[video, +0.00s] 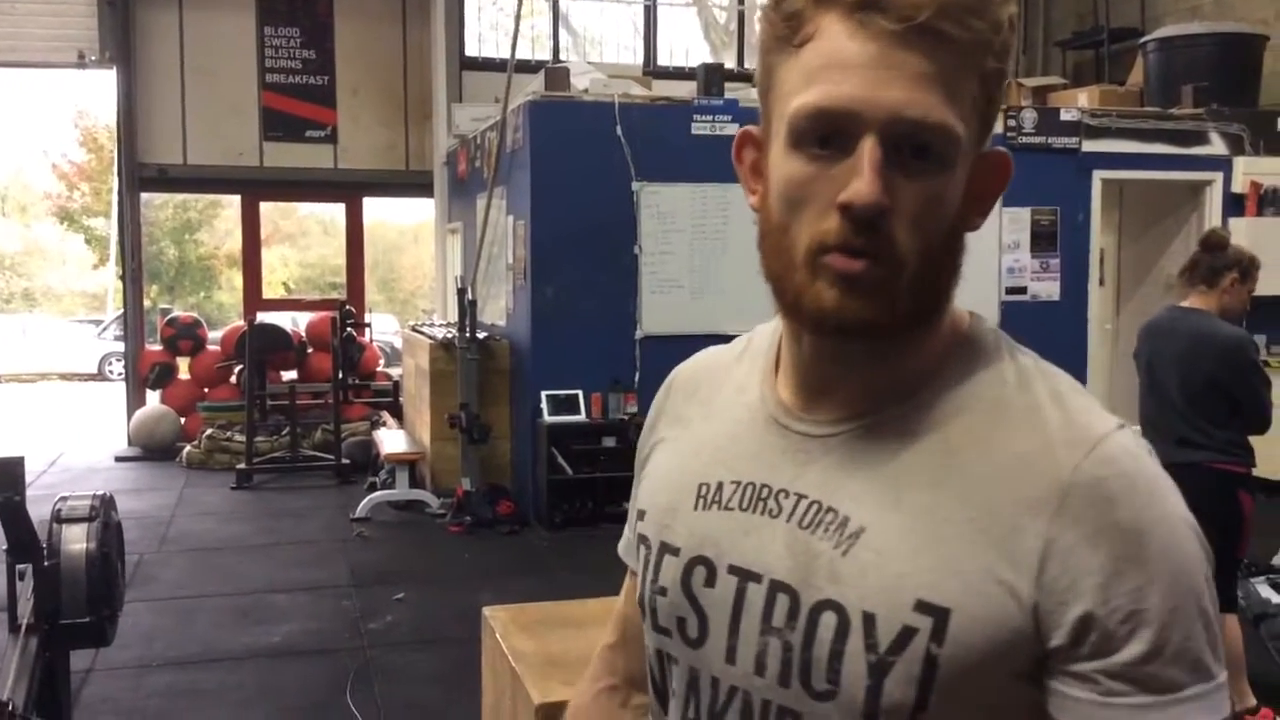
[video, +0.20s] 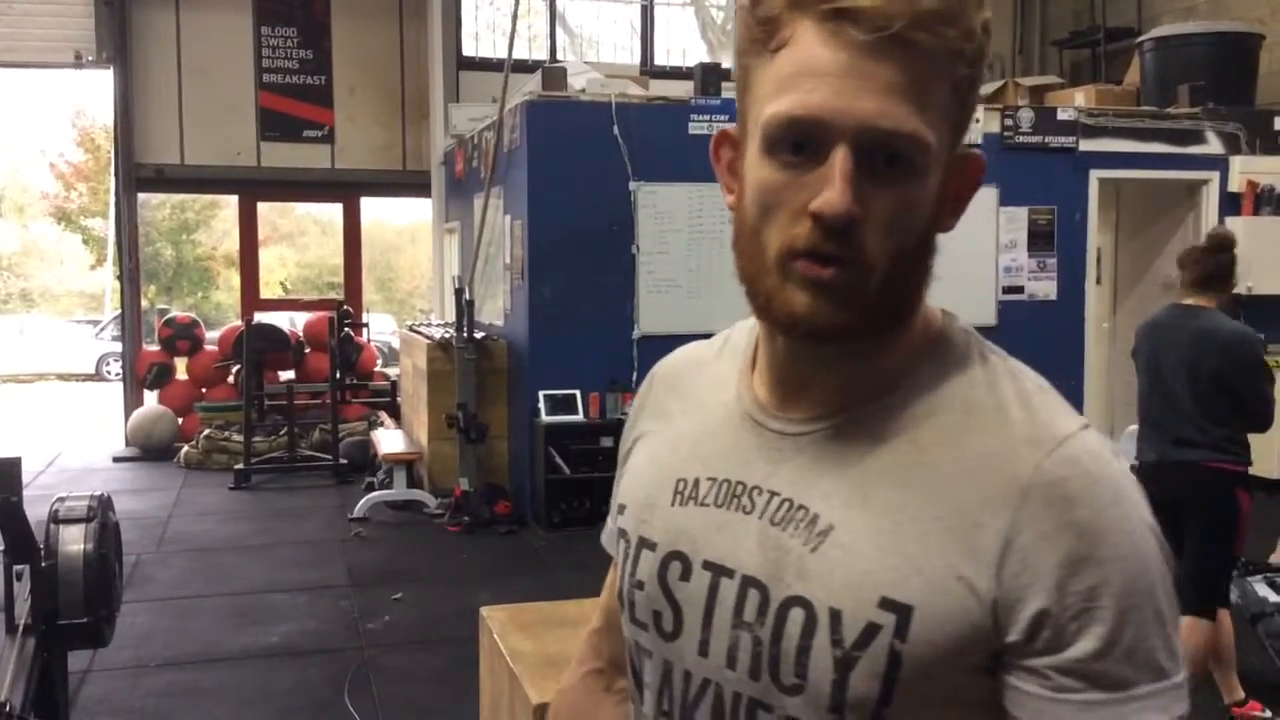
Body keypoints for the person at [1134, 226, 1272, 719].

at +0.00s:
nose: (1248, 303)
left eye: (1250, 292)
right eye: (1248, 291)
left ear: (1197, 277)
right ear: (1228, 283)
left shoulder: (1152, 330)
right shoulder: (1232, 341)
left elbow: (1155, 393)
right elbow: (1259, 417)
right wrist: (1207, 402)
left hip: (1161, 472)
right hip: (1219, 477)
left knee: (1170, 587)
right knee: (1223, 595)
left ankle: (1171, 697)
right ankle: (1240, 701)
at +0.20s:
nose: (1230, 285)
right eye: (1229, 278)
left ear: (1182, 278)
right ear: (1228, 282)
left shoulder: (1149, 331)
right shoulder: (1239, 339)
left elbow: (1154, 393)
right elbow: (1260, 417)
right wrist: (1210, 398)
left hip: (1157, 474)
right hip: (1217, 478)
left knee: (1211, 594)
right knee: (1196, 602)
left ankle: (1235, 701)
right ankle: (1170, 705)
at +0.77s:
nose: (1180, 258)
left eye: (1189, 250)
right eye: (1182, 248)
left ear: (1219, 259)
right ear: (1233, 258)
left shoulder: (1184, 311)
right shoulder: (1274, 300)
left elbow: (1165, 371)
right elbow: (1272, 365)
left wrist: (1217, 358)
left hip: (1196, 459)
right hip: (1265, 455)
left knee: (1218, 578)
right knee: (1236, 578)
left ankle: (1258, 674)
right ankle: (1206, 692)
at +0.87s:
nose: (1203, 258)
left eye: (1210, 249)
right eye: (1205, 248)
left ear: (1230, 255)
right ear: (1259, 252)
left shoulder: (1199, 310)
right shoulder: (1275, 296)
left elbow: (1185, 369)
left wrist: (1231, 368)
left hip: (1212, 452)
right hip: (1271, 449)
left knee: (1239, 571)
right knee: (1253, 575)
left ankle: (1271, 664)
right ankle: (1223, 688)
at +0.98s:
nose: (1262, 250)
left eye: (1258, 240)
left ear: (1253, 242)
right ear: (1279, 243)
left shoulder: (1227, 302)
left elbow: (1223, 360)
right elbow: (1225, 359)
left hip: (1245, 442)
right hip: (1268, 442)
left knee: (1267, 566)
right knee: (1270, 568)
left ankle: (1259, 677)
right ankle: (1256, 678)